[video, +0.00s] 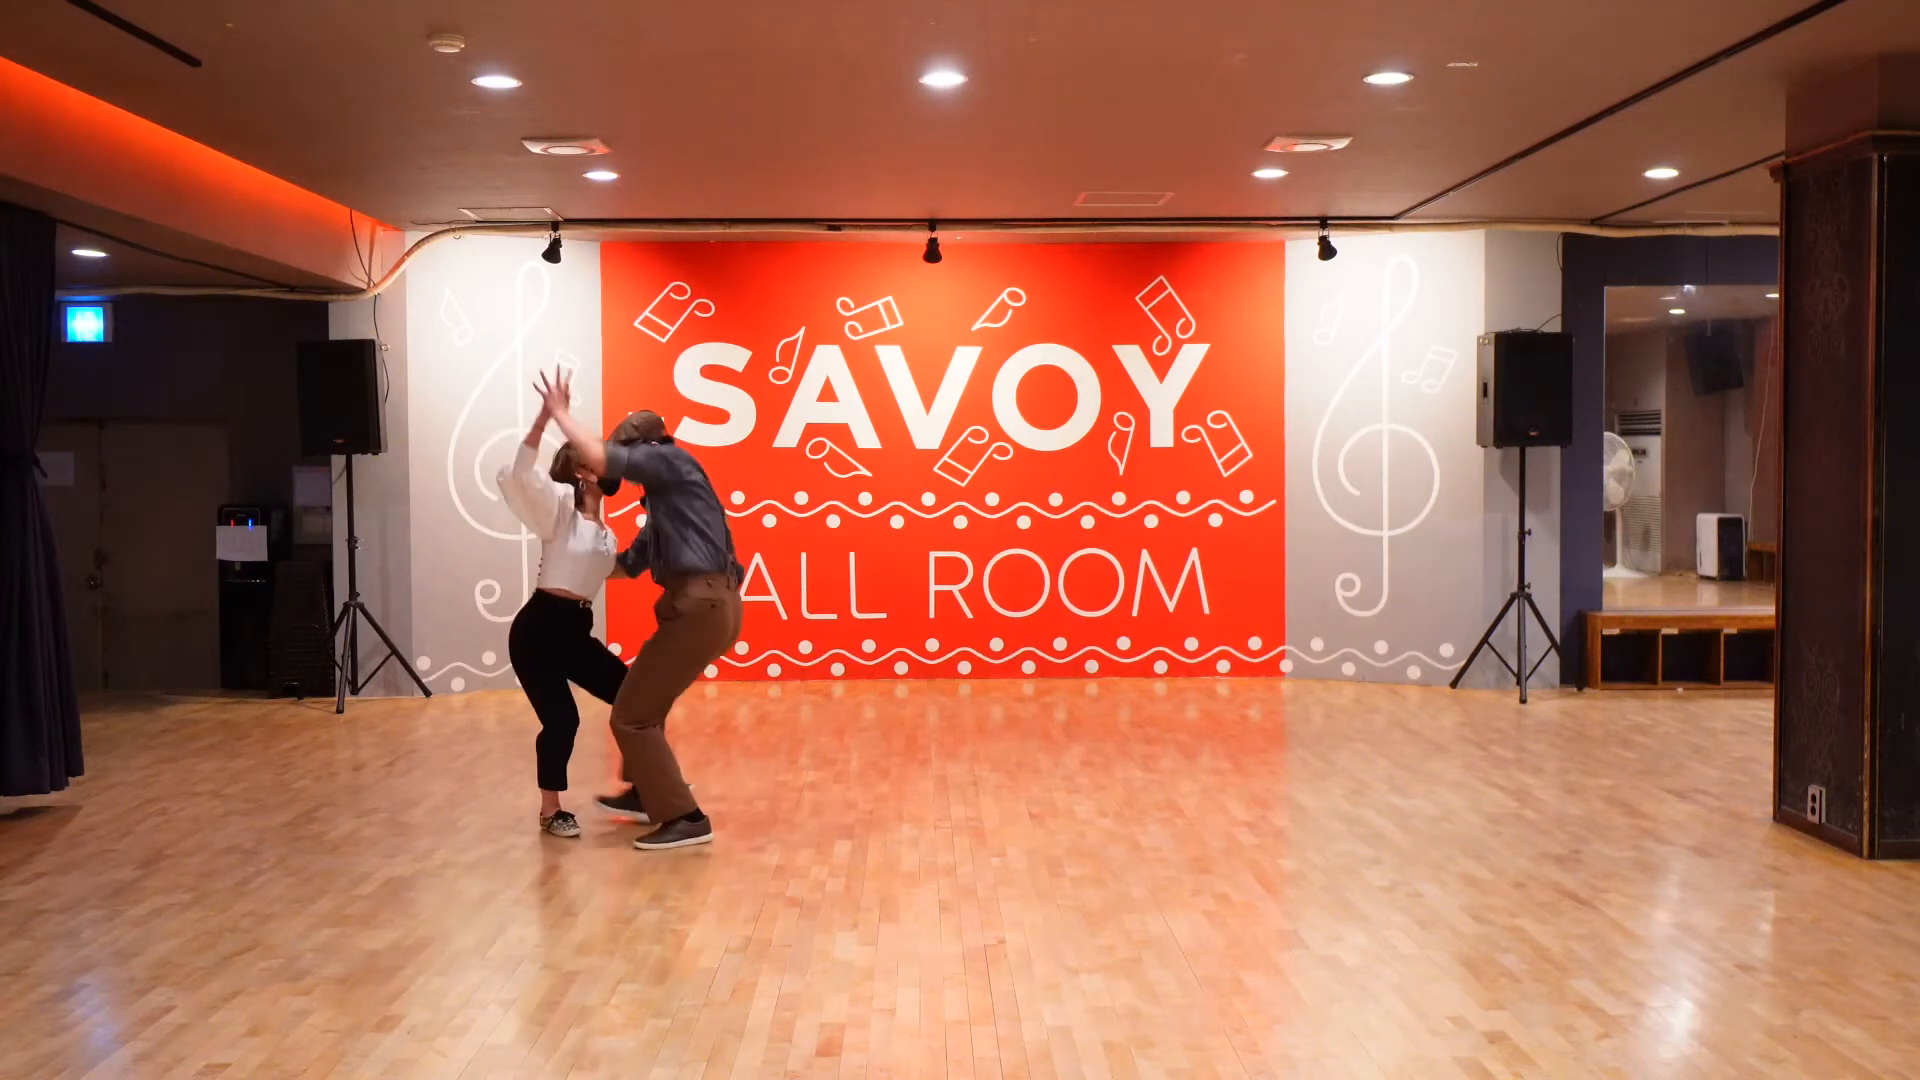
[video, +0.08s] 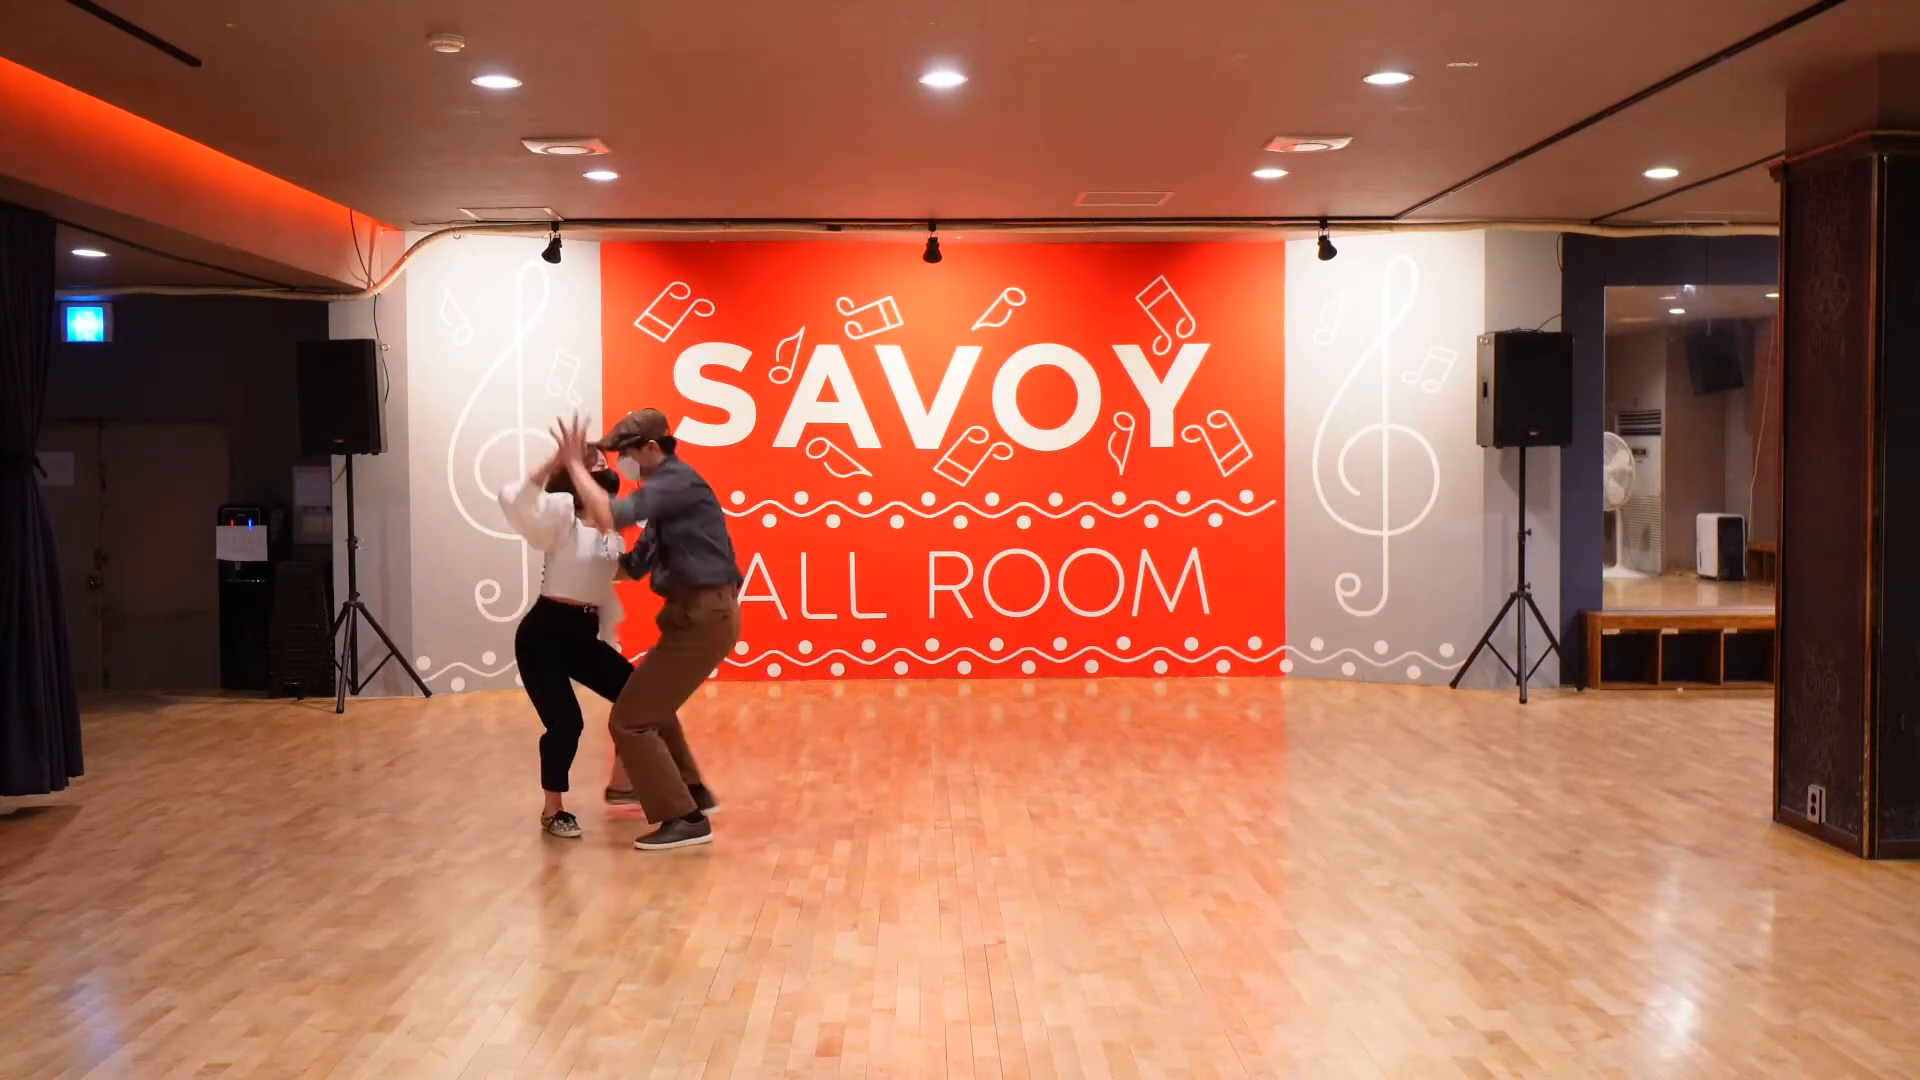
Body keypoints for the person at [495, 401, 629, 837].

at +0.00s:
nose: (599, 469)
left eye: (598, 464)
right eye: (590, 465)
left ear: (598, 478)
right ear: (577, 476)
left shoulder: (605, 535)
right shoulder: (559, 507)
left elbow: (626, 569)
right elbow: (520, 478)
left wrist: (655, 537)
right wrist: (542, 419)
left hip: (575, 632)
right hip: (537, 627)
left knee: (635, 693)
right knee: (561, 719)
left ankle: (637, 783)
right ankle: (550, 810)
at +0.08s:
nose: (600, 473)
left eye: (602, 468)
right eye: (591, 468)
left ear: (608, 483)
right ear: (571, 482)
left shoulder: (610, 533)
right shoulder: (559, 515)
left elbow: (607, 600)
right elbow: (517, 506)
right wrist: (554, 466)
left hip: (581, 635)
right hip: (543, 632)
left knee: (639, 692)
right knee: (565, 722)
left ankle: (622, 780)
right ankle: (552, 810)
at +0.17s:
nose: (604, 480)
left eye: (604, 473)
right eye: (595, 473)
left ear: (605, 480)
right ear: (571, 480)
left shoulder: (613, 528)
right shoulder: (553, 517)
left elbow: (640, 579)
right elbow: (516, 545)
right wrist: (558, 524)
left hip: (589, 639)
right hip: (550, 637)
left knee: (637, 703)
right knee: (572, 721)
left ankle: (615, 791)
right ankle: (554, 809)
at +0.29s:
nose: (611, 474)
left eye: (609, 467)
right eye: (602, 469)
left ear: (593, 478)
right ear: (581, 480)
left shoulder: (618, 513)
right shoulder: (554, 540)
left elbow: (652, 508)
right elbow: (550, 606)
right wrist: (581, 593)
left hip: (600, 627)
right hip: (560, 636)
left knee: (640, 695)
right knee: (579, 704)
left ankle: (616, 790)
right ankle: (562, 799)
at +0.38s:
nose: (614, 476)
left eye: (613, 468)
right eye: (606, 472)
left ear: (593, 476)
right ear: (582, 480)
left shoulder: (617, 501)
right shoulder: (563, 539)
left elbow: (647, 471)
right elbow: (568, 598)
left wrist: (688, 430)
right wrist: (595, 615)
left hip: (608, 607)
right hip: (568, 620)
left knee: (635, 692)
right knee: (577, 697)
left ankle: (614, 790)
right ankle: (572, 798)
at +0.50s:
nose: (609, 483)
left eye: (608, 476)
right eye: (603, 476)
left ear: (601, 481)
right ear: (586, 484)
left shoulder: (609, 501)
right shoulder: (563, 544)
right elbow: (582, 602)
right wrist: (616, 628)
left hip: (619, 604)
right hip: (579, 618)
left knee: (631, 697)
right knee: (586, 706)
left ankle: (621, 788)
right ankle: (583, 799)